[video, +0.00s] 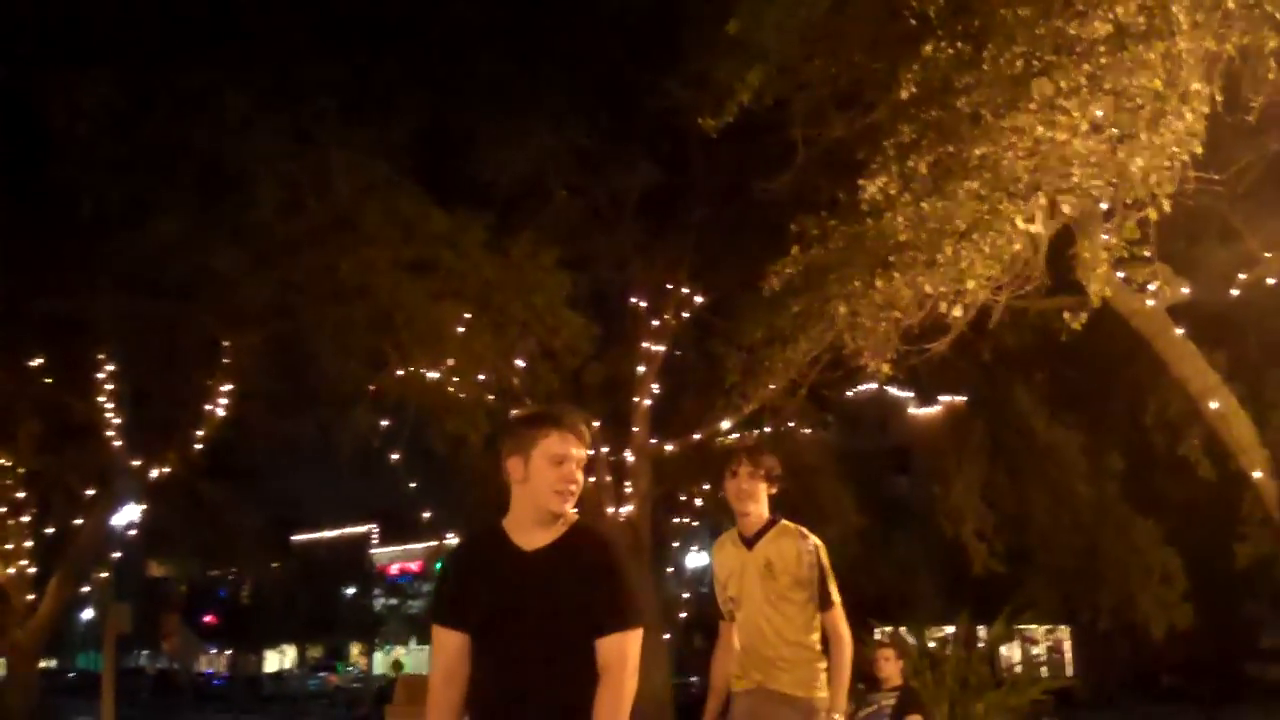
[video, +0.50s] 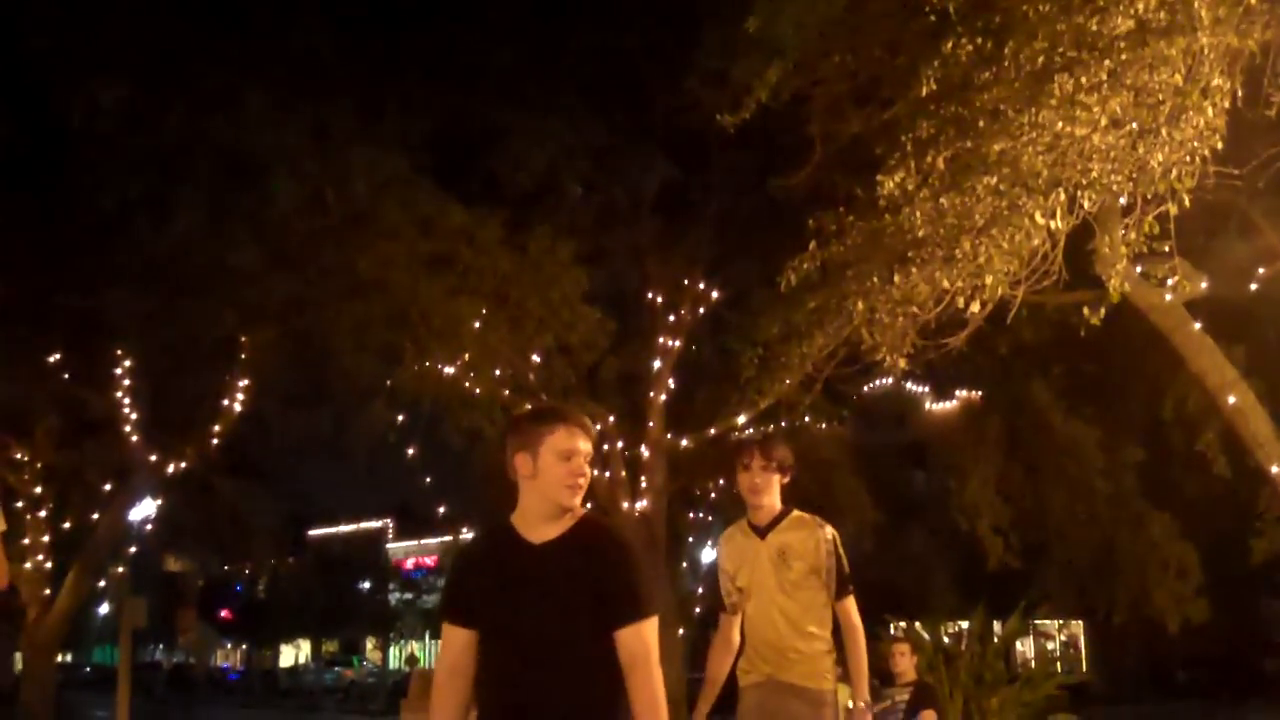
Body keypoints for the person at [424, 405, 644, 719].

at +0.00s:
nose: (574, 478)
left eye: (580, 466)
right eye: (558, 462)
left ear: (586, 473)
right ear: (514, 468)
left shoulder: (601, 558)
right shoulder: (467, 563)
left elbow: (618, 675)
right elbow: (447, 680)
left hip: (575, 711)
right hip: (490, 712)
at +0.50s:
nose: (583, 471)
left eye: (587, 460)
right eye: (566, 458)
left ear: (593, 467)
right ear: (523, 465)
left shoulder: (610, 551)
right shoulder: (478, 559)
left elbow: (641, 667)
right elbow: (453, 673)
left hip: (598, 711)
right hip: (504, 711)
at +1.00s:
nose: (551, 510)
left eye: (565, 495)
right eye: (537, 495)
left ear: (592, 478)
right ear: (522, 483)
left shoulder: (629, 557)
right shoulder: (502, 556)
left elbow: (643, 679)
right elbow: (468, 669)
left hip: (600, 711)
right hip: (518, 711)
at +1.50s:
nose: (598, 487)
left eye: (603, 472)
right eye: (581, 475)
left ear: (610, 472)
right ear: (540, 478)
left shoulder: (626, 554)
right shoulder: (502, 555)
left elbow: (640, 682)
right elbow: (472, 673)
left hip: (601, 712)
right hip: (518, 710)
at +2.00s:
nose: (597, 486)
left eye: (602, 472)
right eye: (579, 474)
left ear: (610, 472)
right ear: (539, 477)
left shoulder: (625, 552)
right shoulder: (504, 555)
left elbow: (642, 679)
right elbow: (478, 671)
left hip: (603, 710)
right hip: (520, 711)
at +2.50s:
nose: (539, 498)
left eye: (555, 483)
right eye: (528, 483)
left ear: (587, 476)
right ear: (517, 481)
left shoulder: (626, 552)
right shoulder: (506, 558)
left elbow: (649, 681)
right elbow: (482, 674)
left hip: (607, 711)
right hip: (523, 711)